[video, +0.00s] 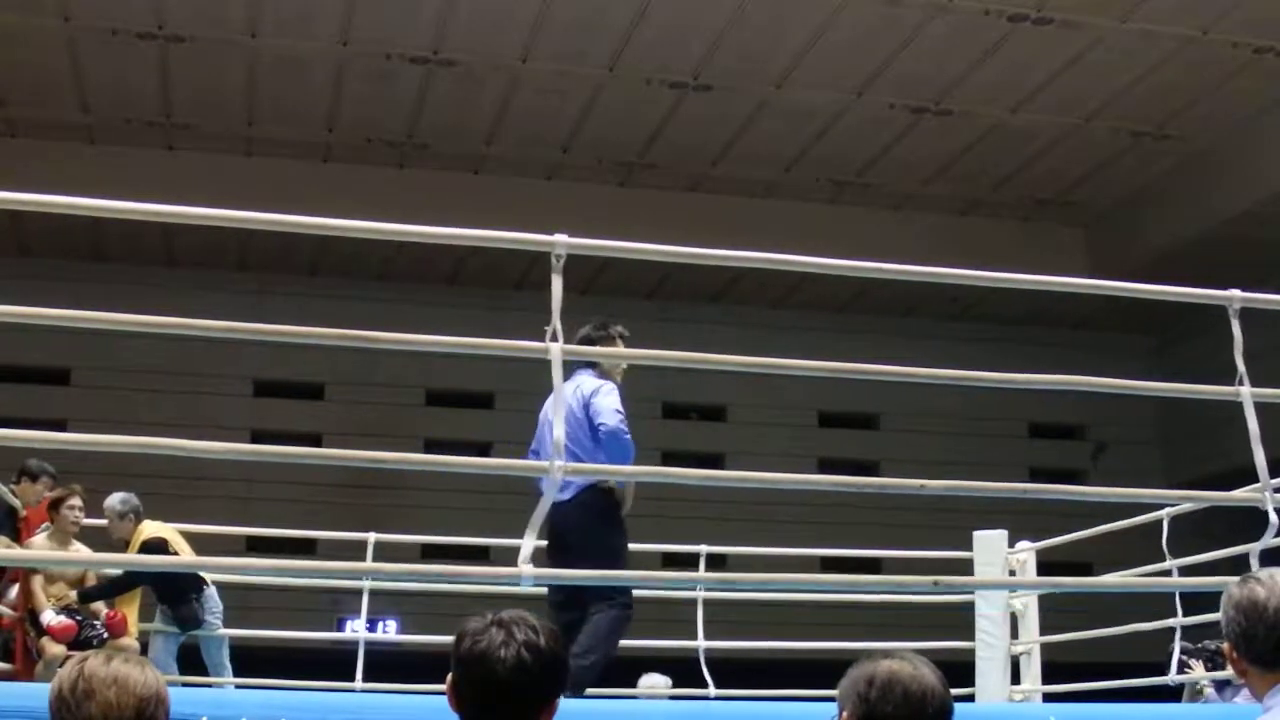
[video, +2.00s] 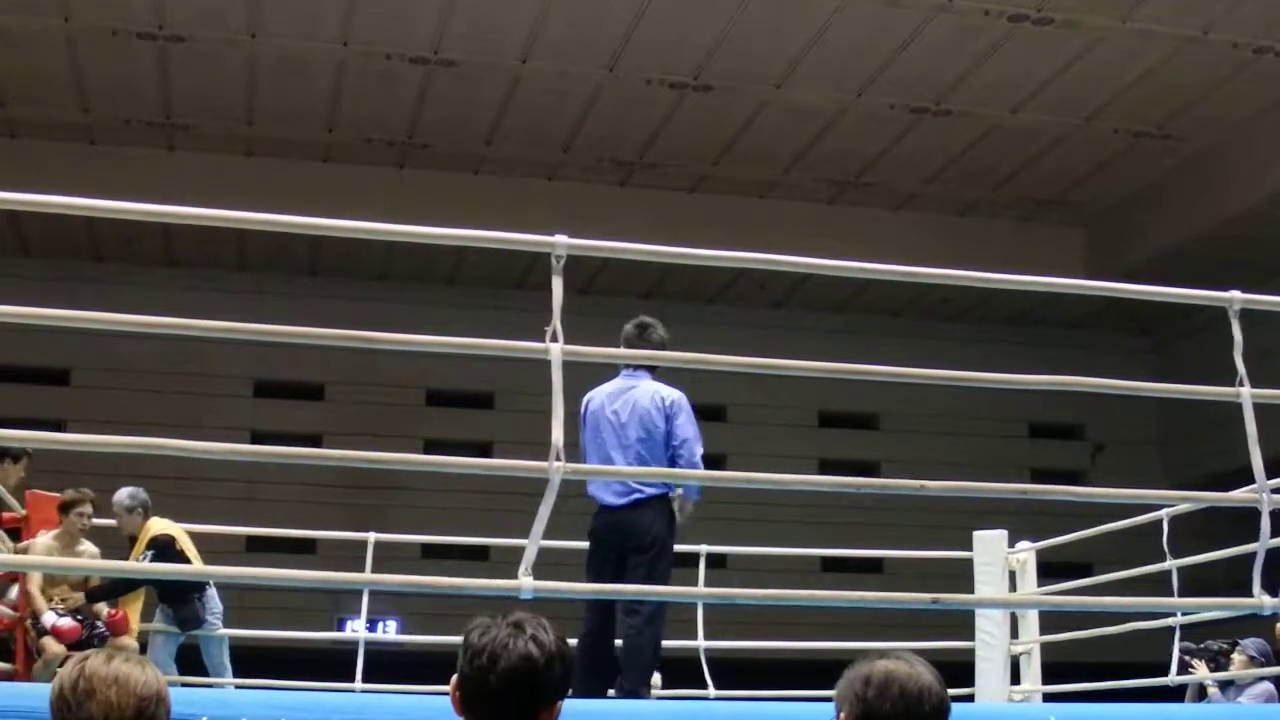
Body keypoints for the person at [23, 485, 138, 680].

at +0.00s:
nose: (77, 515)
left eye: (81, 510)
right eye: (70, 509)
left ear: (84, 514)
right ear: (54, 513)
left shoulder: (85, 552)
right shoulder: (35, 545)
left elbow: (91, 593)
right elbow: (36, 587)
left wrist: (106, 615)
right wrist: (50, 618)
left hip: (78, 614)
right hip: (43, 612)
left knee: (129, 647)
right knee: (55, 652)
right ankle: (37, 706)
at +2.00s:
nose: (86, 522)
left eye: (89, 517)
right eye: (80, 516)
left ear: (93, 519)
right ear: (63, 516)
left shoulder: (92, 552)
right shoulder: (41, 545)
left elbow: (94, 594)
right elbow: (33, 588)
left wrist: (106, 614)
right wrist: (51, 620)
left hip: (81, 614)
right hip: (46, 612)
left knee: (128, 646)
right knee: (56, 652)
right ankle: (33, 700)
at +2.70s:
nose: (114, 483)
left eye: (117, 477)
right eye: (108, 476)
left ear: (118, 480)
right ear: (90, 478)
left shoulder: (114, 511)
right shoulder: (65, 511)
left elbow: (112, 559)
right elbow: (54, 562)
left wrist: (121, 595)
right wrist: (60, 606)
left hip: (92, 590)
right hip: (59, 587)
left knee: (125, 645)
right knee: (51, 648)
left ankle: (109, 706)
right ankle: (24, 699)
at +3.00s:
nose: (106, 451)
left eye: (109, 445)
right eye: (100, 445)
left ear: (110, 447)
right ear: (83, 446)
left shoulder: (110, 484)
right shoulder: (55, 481)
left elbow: (111, 530)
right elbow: (38, 529)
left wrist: (120, 566)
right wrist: (44, 569)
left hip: (96, 561)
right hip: (60, 559)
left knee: (112, 639)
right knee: (45, 640)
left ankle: (110, 709)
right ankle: (25, 702)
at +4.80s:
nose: (112, 434)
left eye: (115, 428)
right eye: (106, 428)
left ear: (119, 433)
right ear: (88, 431)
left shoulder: (121, 469)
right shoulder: (65, 469)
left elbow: (124, 518)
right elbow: (54, 517)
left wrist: (131, 553)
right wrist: (73, 549)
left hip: (118, 550)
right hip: (83, 550)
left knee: (135, 629)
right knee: (67, 634)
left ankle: (145, 700)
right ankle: (54, 703)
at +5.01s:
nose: (144, 439)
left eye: (147, 434)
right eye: (138, 433)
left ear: (148, 437)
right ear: (120, 433)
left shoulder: (147, 474)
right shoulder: (94, 470)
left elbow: (145, 523)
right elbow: (80, 516)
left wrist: (155, 562)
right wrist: (105, 537)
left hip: (136, 567)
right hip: (101, 566)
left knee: (159, 636)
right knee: (77, 637)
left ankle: (160, 707)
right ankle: (54, 704)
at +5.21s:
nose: (190, 441)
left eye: (192, 435)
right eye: (184, 434)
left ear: (191, 440)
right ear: (165, 435)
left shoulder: (184, 478)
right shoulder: (141, 469)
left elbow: (181, 525)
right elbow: (123, 515)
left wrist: (200, 555)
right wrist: (133, 560)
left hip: (174, 565)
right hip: (142, 562)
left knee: (185, 640)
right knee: (113, 635)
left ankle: (178, 711)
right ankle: (74, 690)